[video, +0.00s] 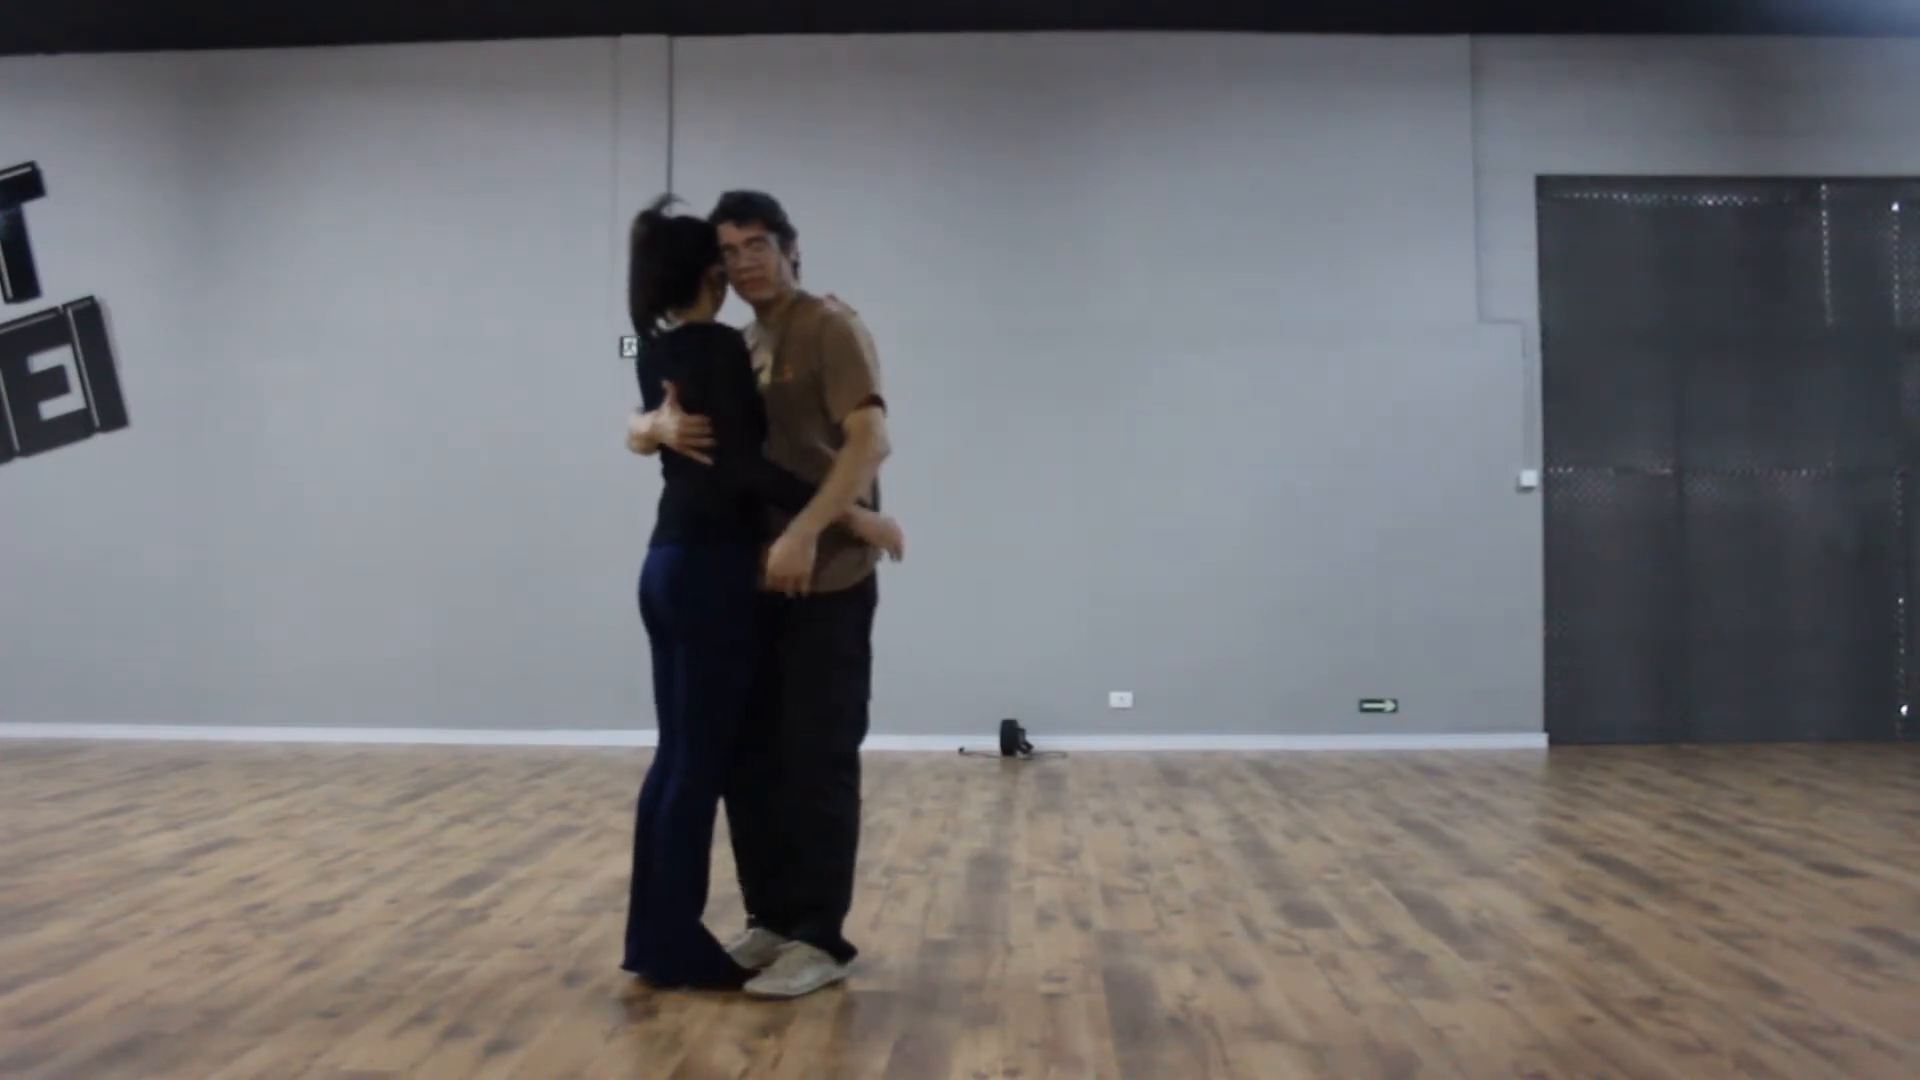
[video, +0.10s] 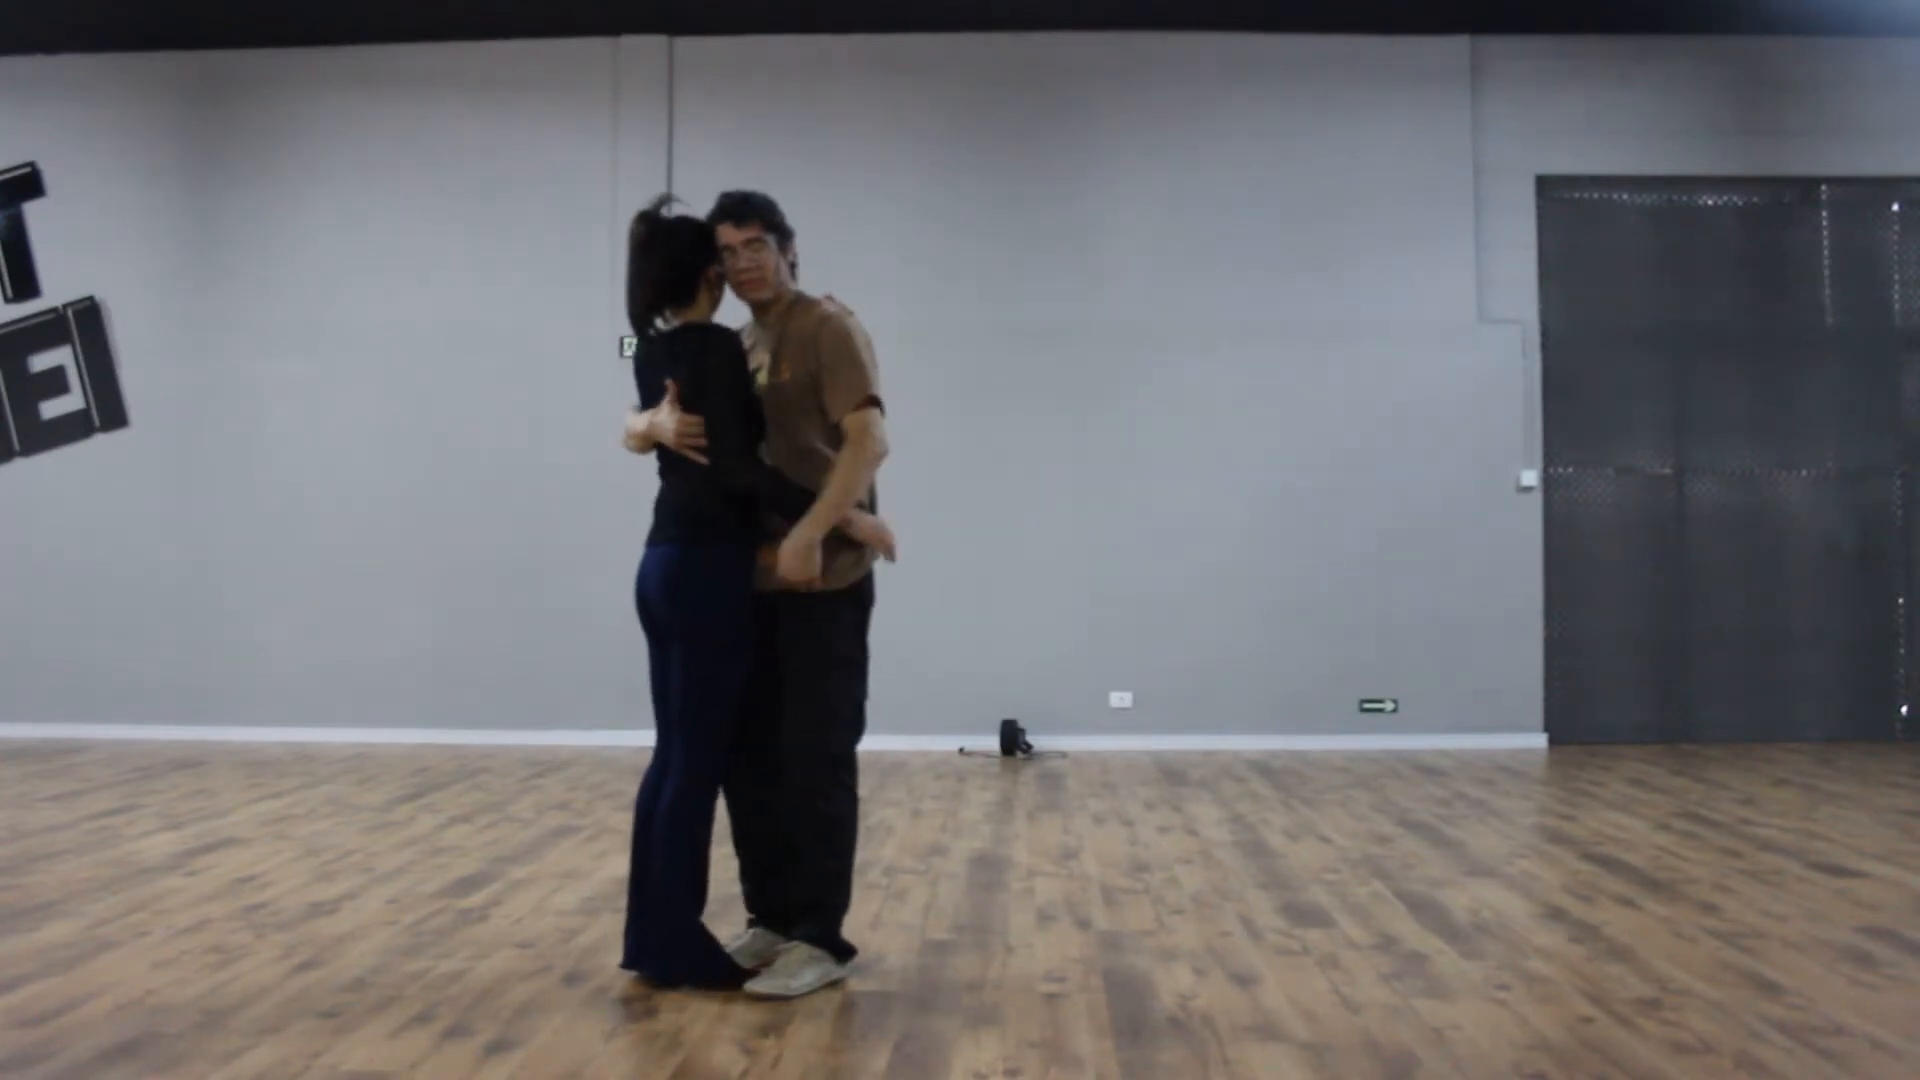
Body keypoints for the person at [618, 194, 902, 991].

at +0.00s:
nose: (744, 263)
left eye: (754, 247)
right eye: (729, 254)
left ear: (788, 248)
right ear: (717, 268)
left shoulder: (831, 327)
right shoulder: (729, 343)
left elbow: (869, 439)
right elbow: (644, 429)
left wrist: (808, 530)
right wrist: (654, 426)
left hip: (828, 574)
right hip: (748, 567)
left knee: (818, 752)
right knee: (748, 749)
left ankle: (822, 941)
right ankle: (772, 922)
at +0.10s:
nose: (742, 265)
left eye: (752, 248)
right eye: (727, 254)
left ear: (785, 248)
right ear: (715, 267)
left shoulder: (828, 327)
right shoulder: (728, 342)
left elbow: (868, 438)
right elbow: (639, 430)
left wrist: (814, 530)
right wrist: (650, 425)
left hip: (824, 578)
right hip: (747, 573)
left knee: (816, 755)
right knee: (748, 751)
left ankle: (821, 941)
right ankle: (772, 922)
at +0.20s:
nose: (739, 265)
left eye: (749, 249)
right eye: (724, 255)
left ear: (781, 249)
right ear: (713, 267)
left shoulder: (825, 328)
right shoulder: (725, 341)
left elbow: (865, 441)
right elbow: (635, 430)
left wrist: (825, 541)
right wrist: (646, 425)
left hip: (817, 571)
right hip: (742, 569)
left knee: (813, 755)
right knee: (748, 752)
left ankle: (820, 941)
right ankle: (772, 921)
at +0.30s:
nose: (736, 265)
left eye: (747, 248)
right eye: (722, 255)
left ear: (779, 251)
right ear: (711, 268)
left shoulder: (821, 328)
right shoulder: (723, 345)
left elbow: (864, 442)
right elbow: (634, 431)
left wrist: (830, 544)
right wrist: (644, 427)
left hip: (814, 574)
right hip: (741, 575)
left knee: (812, 757)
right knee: (748, 754)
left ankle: (820, 940)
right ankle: (771, 921)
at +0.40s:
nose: (733, 265)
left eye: (744, 249)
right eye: (719, 256)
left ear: (776, 252)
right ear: (707, 270)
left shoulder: (817, 330)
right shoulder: (721, 348)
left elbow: (864, 441)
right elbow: (629, 433)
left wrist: (842, 539)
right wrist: (642, 430)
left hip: (809, 577)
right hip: (738, 579)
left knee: (808, 757)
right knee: (748, 755)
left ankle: (819, 940)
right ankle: (771, 921)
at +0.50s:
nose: (730, 266)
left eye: (742, 250)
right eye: (717, 257)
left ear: (775, 253)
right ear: (705, 271)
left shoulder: (815, 331)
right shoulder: (720, 349)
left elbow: (865, 441)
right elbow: (628, 434)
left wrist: (843, 539)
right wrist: (639, 432)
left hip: (809, 575)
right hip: (739, 577)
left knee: (805, 756)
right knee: (746, 755)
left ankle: (818, 940)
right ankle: (770, 921)